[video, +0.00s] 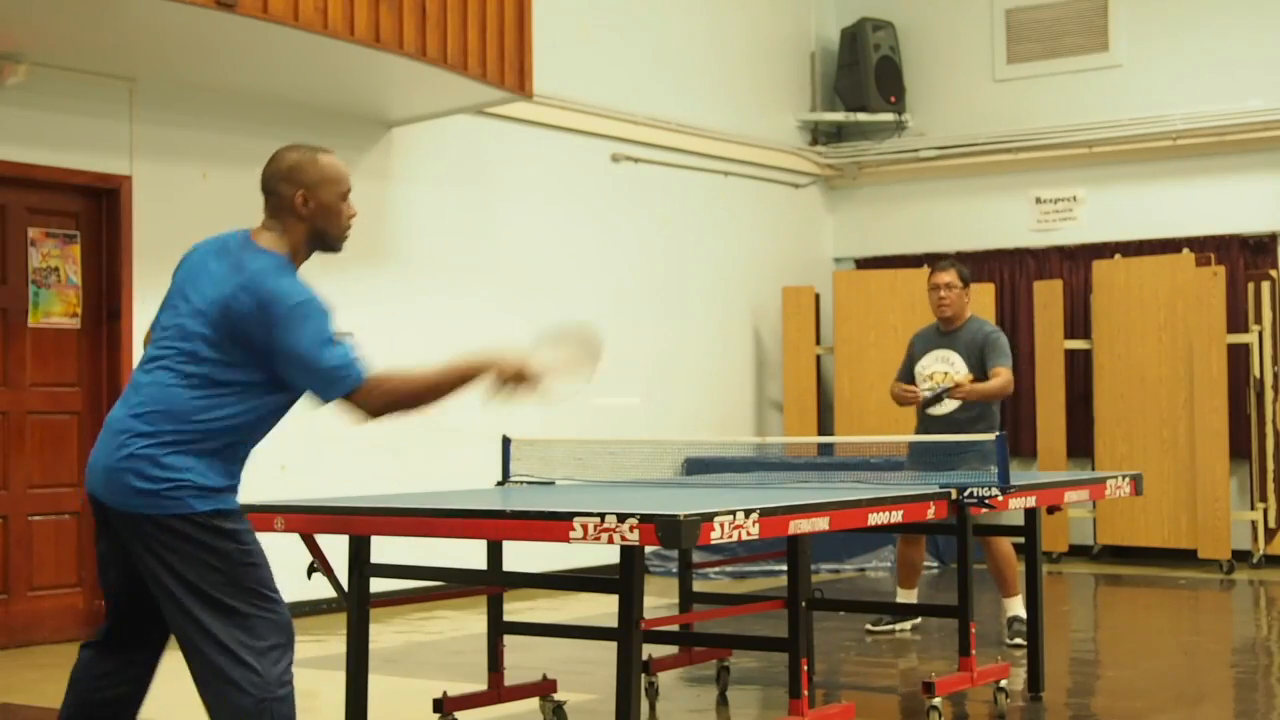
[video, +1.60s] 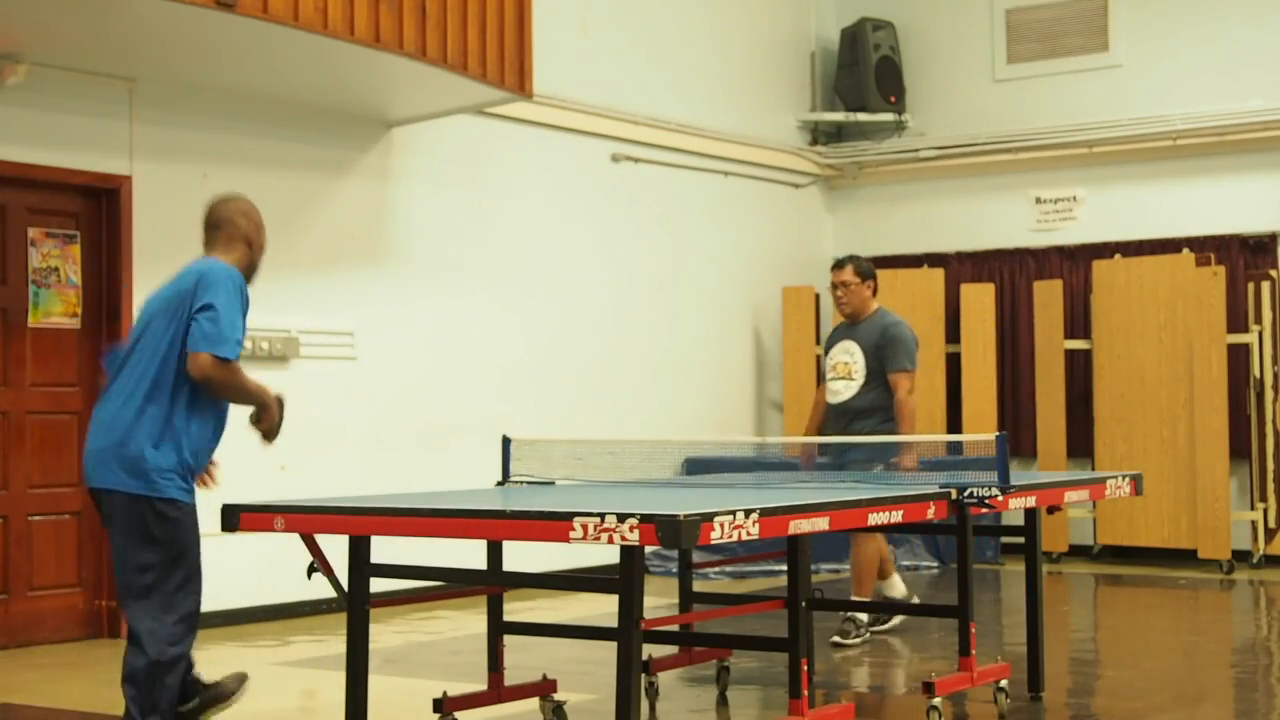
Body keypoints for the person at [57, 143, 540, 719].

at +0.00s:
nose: (353, 210)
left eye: (351, 196)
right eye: (345, 197)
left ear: (290, 200)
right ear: (301, 202)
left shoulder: (206, 254)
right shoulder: (279, 295)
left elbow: (154, 355)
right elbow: (373, 396)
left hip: (118, 474)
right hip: (178, 489)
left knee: (128, 638)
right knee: (258, 647)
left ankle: (83, 717)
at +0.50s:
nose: (345, 227)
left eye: (344, 216)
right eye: (343, 216)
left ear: (273, 218)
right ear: (324, 217)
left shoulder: (194, 273)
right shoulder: (328, 300)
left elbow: (130, 367)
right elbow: (362, 425)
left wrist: (204, 393)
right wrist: (439, 399)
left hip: (127, 484)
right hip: (221, 496)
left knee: (137, 625)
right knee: (316, 637)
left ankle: (105, 715)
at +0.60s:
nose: (323, 216)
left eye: (320, 205)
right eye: (320, 206)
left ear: (253, 213)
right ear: (305, 210)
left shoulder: (180, 272)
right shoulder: (312, 290)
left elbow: (112, 362)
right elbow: (325, 419)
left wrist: (184, 378)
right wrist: (392, 411)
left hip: (123, 484)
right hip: (213, 492)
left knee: (133, 623)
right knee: (298, 641)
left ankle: (113, 713)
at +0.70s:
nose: (284, 206)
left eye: (280, 195)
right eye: (281, 196)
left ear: (218, 203)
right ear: (268, 202)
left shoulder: (149, 265)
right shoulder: (284, 278)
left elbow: (87, 357)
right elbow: (284, 401)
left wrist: (131, 384)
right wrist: (337, 411)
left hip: (118, 480)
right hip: (209, 485)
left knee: (122, 633)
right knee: (271, 646)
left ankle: (107, 715)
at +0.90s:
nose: (224, 189)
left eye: (222, 180)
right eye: (222, 180)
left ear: (154, 189)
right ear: (208, 184)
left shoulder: (97, 254)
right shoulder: (234, 261)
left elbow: (43, 351)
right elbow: (236, 371)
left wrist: (70, 367)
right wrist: (286, 403)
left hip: (92, 472)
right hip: (182, 474)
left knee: (103, 631)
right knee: (227, 632)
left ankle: (93, 717)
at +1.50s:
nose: (250, 227)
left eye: (249, 217)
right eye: (250, 216)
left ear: (196, 213)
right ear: (237, 212)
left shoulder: (146, 272)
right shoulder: (218, 269)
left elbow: (86, 350)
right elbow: (206, 366)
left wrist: (139, 393)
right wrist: (274, 388)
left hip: (106, 455)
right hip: (149, 463)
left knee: (140, 601)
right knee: (163, 609)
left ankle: (140, 706)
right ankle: (148, 712)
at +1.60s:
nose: (263, 254)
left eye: (263, 244)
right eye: (262, 243)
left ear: (210, 235)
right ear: (250, 237)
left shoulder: (181, 283)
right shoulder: (221, 277)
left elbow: (122, 365)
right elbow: (206, 364)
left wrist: (184, 444)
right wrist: (264, 398)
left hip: (121, 458)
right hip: (145, 463)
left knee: (154, 583)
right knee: (169, 587)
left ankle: (177, 688)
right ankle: (152, 705)